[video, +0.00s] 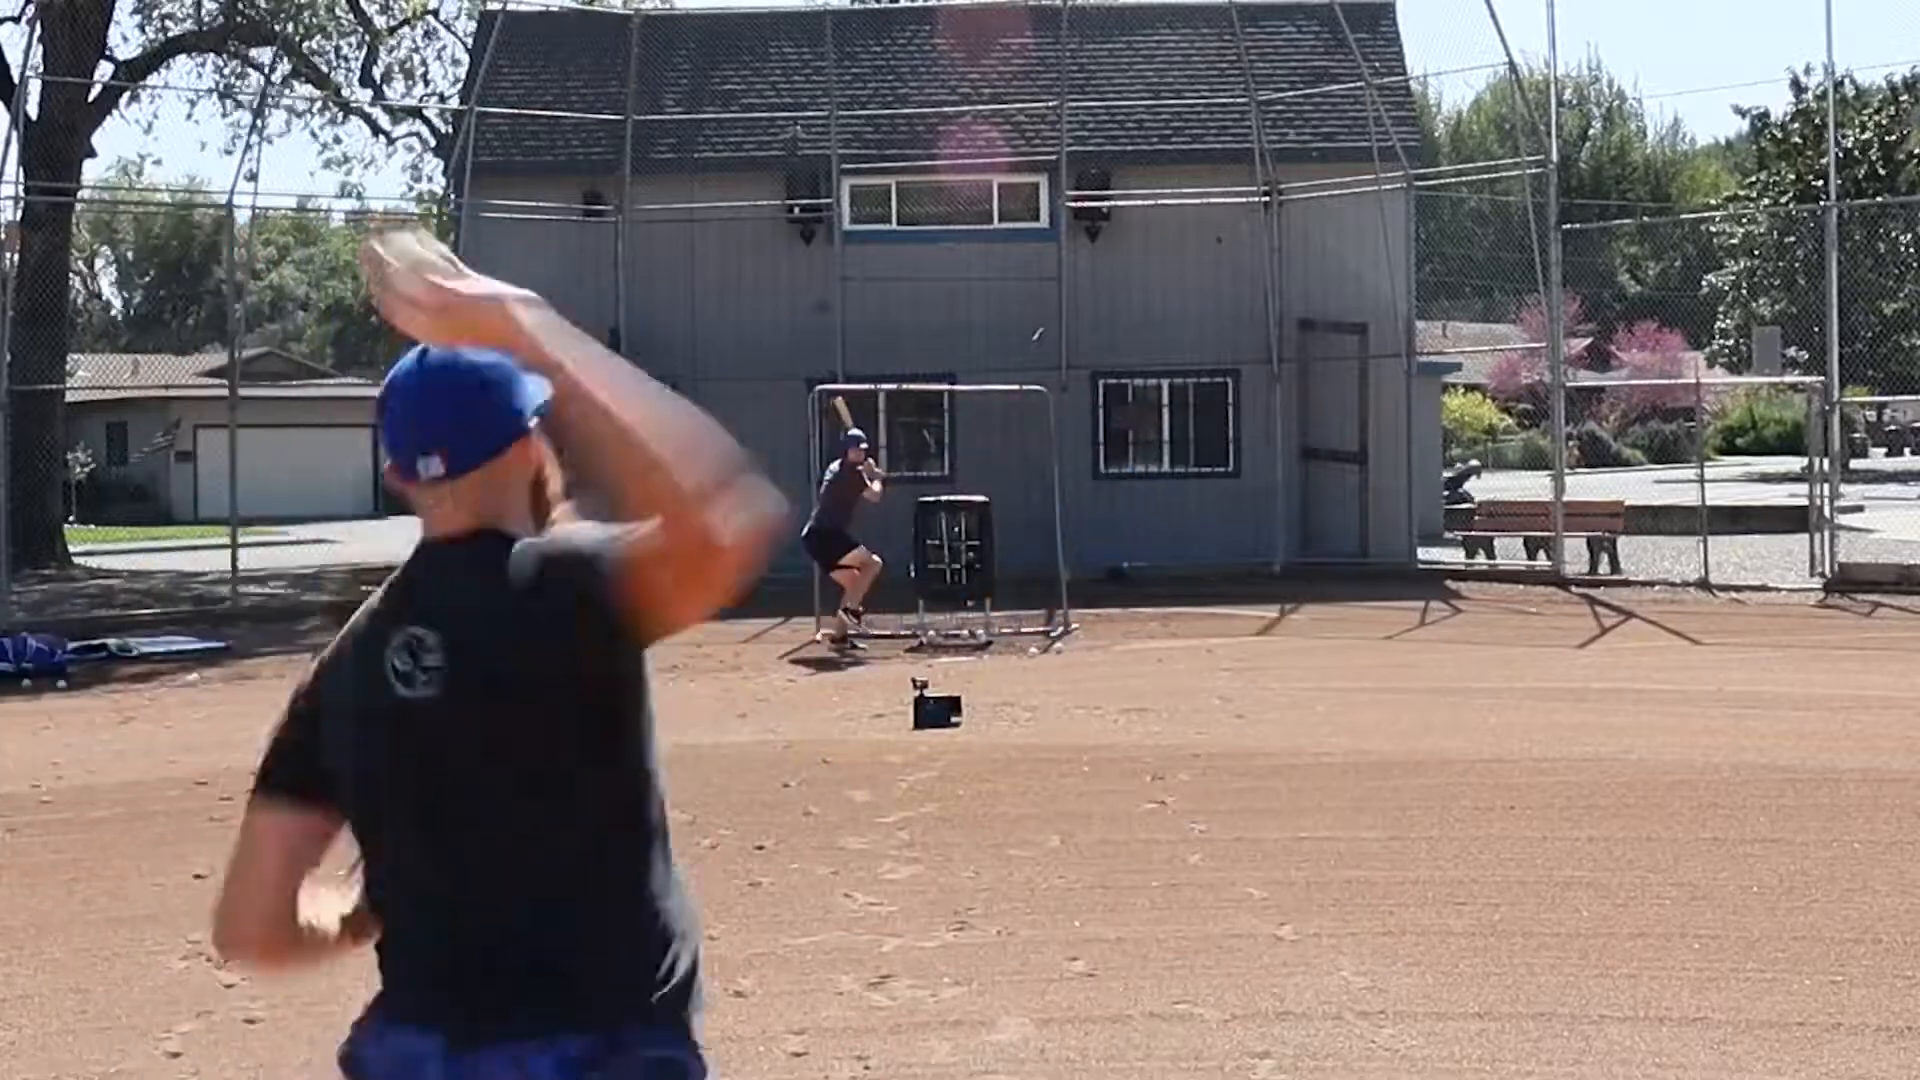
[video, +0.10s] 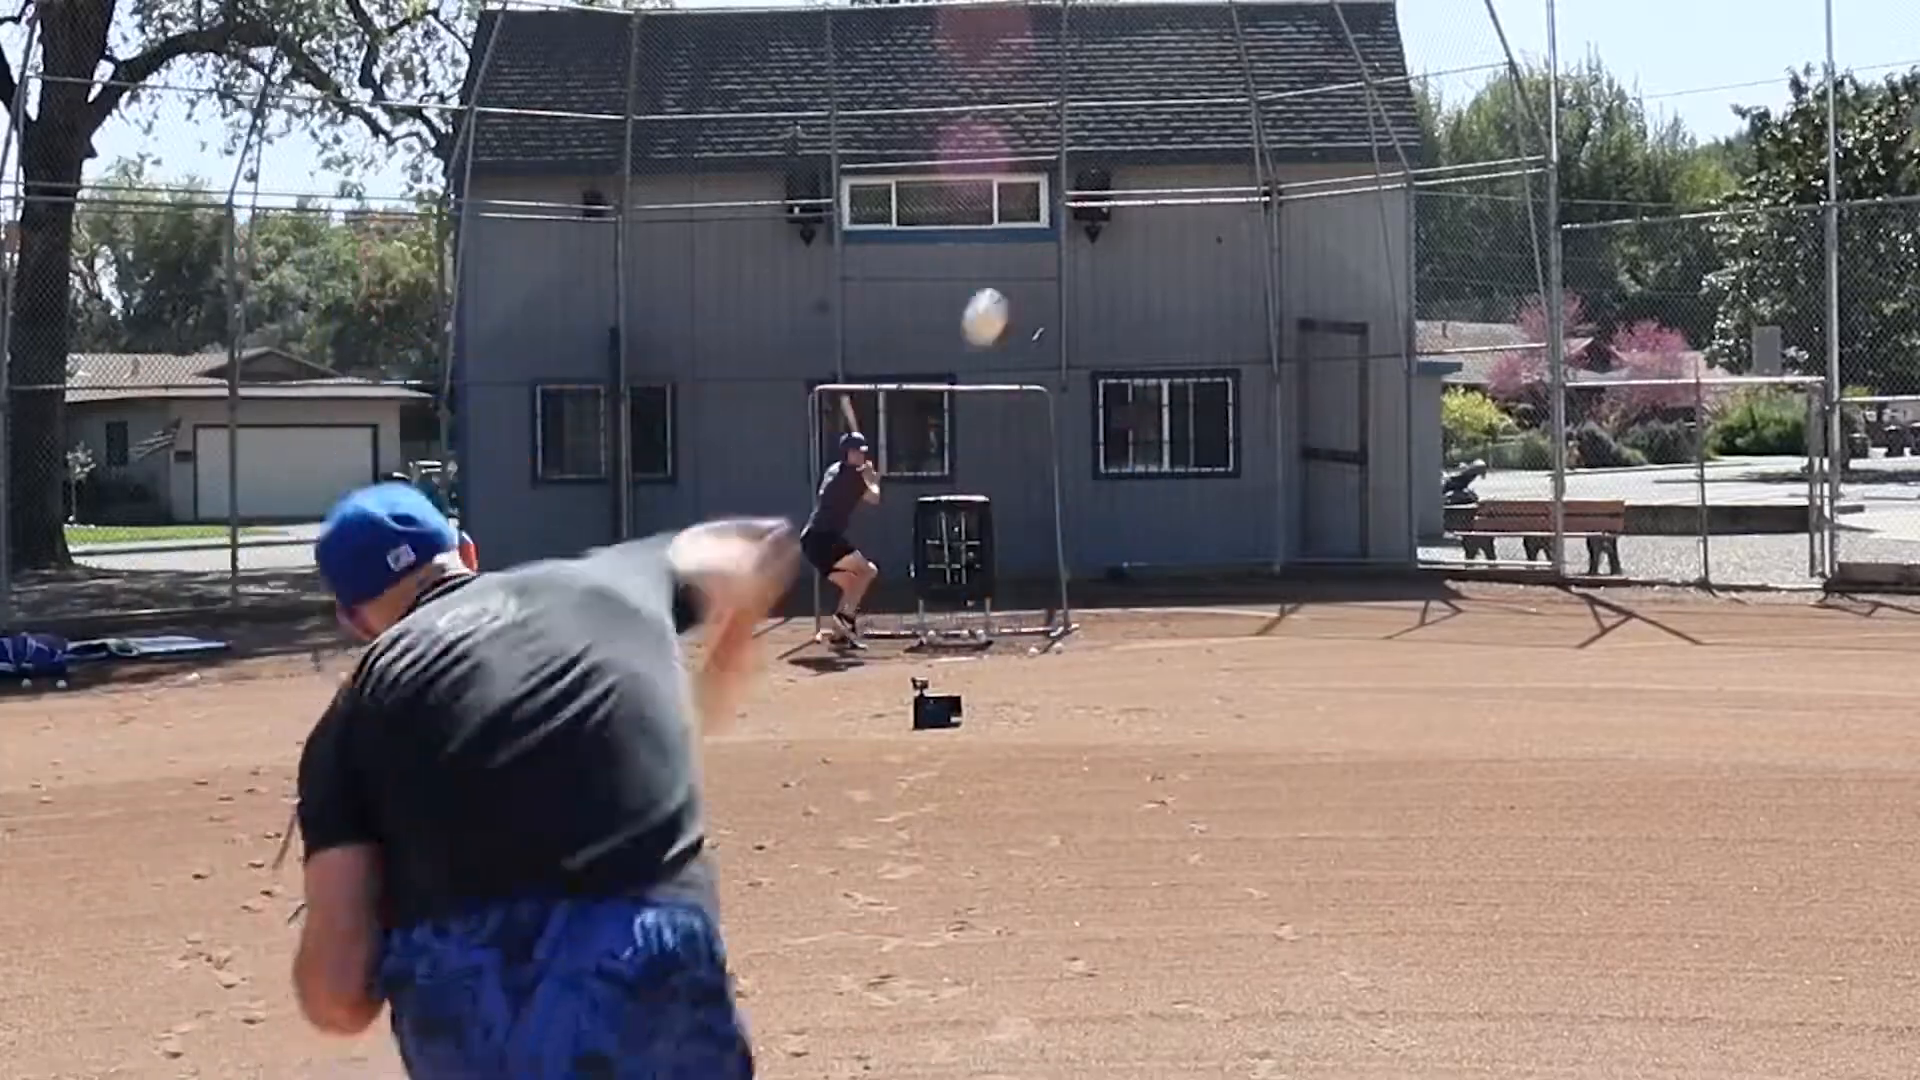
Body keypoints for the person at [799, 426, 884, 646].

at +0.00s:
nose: (859, 453)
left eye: (862, 448)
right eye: (855, 448)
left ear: (865, 450)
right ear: (846, 450)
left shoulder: (836, 467)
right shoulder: (850, 473)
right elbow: (875, 495)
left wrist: (872, 475)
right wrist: (876, 477)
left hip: (815, 534)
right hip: (827, 534)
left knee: (852, 581)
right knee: (872, 563)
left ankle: (840, 634)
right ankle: (853, 605)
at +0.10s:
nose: (861, 456)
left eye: (862, 452)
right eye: (856, 452)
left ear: (862, 453)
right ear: (845, 453)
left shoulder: (833, 470)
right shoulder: (853, 476)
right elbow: (874, 497)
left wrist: (865, 475)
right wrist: (871, 479)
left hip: (810, 538)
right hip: (825, 538)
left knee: (850, 584)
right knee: (866, 571)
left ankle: (841, 634)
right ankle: (847, 614)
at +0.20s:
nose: (860, 459)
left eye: (862, 455)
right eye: (856, 455)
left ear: (861, 456)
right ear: (845, 456)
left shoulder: (832, 472)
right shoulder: (852, 480)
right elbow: (874, 500)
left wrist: (862, 477)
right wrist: (868, 481)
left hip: (813, 538)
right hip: (824, 540)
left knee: (850, 587)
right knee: (856, 585)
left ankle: (841, 631)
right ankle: (837, 630)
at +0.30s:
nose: (863, 468)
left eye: (864, 463)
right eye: (859, 463)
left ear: (846, 464)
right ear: (847, 463)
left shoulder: (830, 479)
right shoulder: (851, 485)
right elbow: (873, 506)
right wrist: (864, 485)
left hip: (816, 546)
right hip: (820, 549)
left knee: (855, 595)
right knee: (849, 596)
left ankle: (838, 636)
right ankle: (829, 640)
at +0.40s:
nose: (865, 469)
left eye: (866, 464)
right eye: (861, 464)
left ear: (852, 467)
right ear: (850, 465)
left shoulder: (830, 479)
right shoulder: (854, 486)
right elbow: (871, 510)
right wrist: (862, 491)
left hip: (816, 546)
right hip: (815, 549)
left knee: (846, 596)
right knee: (842, 596)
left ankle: (837, 636)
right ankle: (823, 644)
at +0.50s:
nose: (864, 459)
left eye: (865, 454)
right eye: (861, 454)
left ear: (848, 455)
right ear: (850, 454)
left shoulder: (828, 467)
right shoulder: (849, 474)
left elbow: (814, 471)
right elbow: (864, 508)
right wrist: (858, 481)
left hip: (808, 534)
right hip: (810, 536)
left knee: (830, 589)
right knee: (827, 589)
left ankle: (832, 633)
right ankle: (818, 645)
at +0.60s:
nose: (860, 454)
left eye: (861, 449)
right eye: (858, 449)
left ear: (842, 449)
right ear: (847, 449)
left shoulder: (820, 464)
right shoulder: (842, 468)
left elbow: (821, 498)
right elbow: (858, 506)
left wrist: (848, 506)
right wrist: (854, 502)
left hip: (811, 528)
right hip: (809, 530)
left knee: (819, 582)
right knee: (816, 583)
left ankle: (821, 633)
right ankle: (811, 642)